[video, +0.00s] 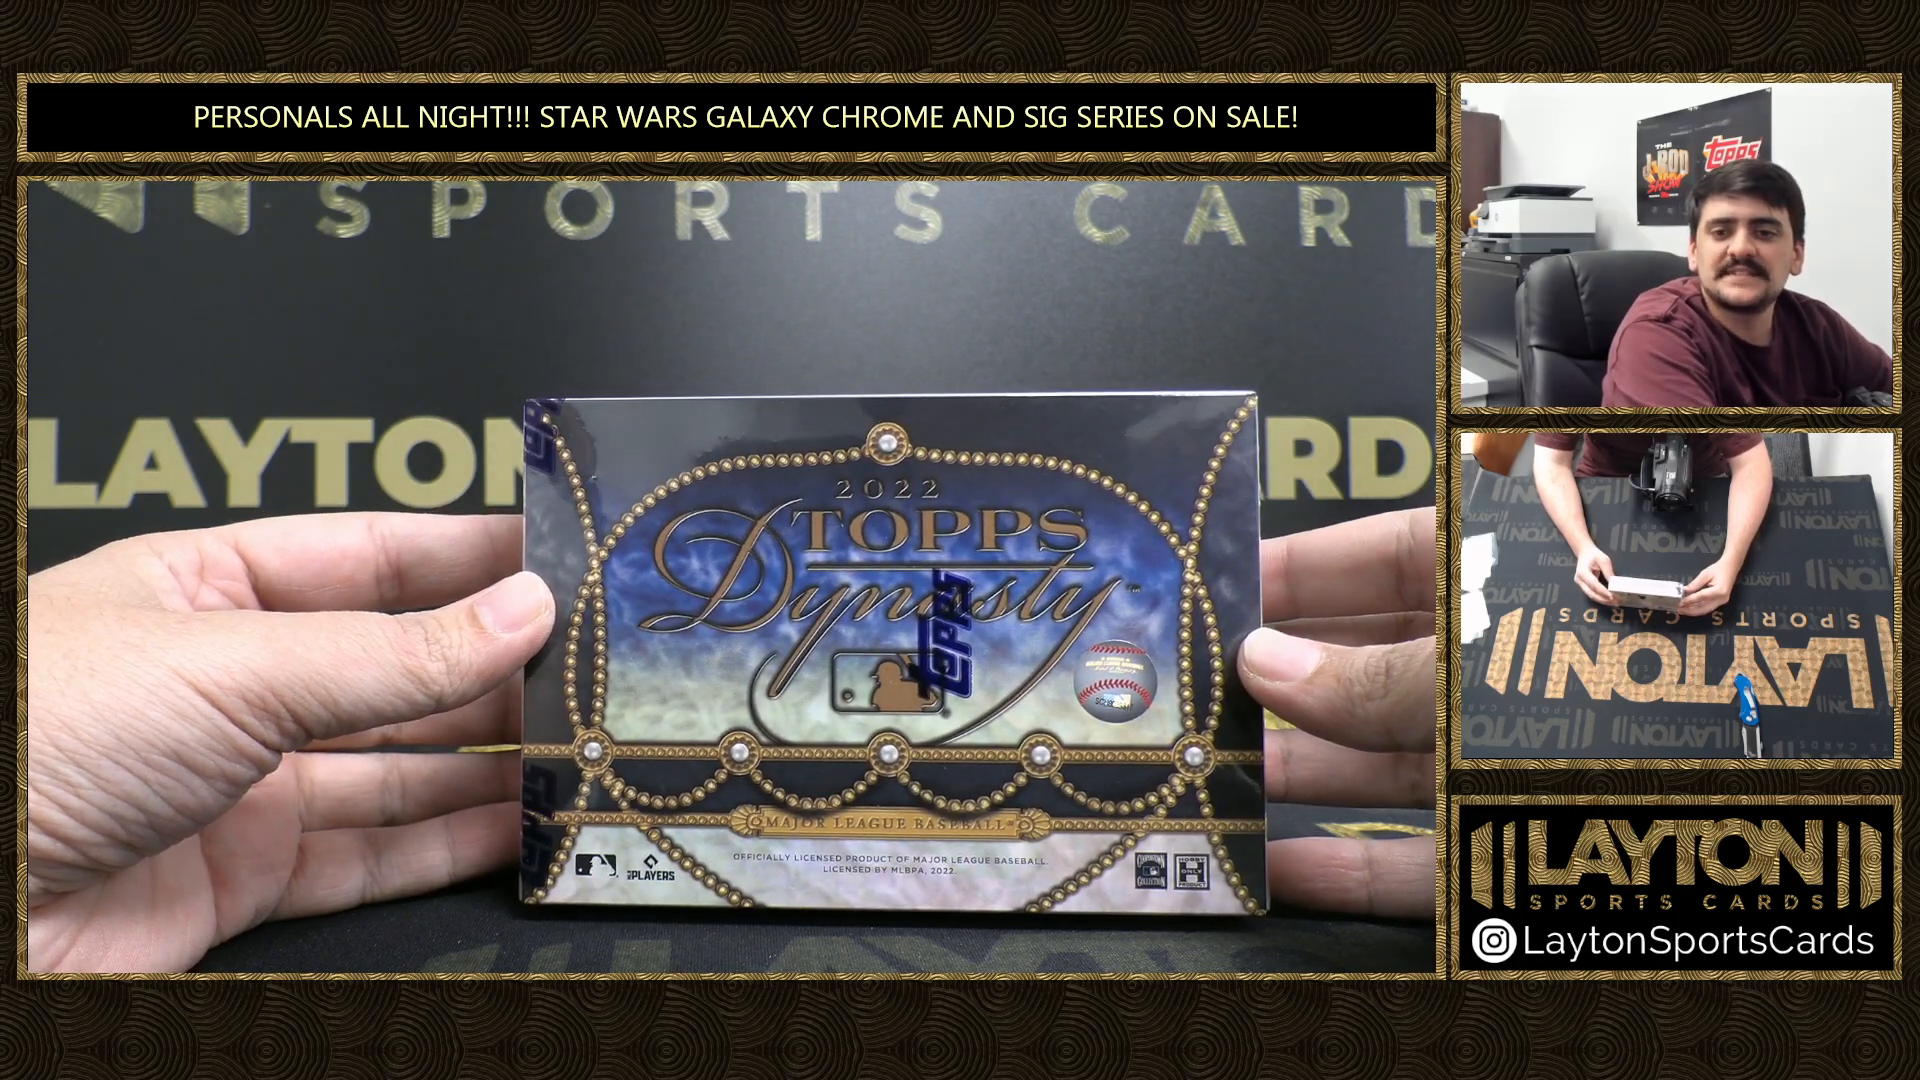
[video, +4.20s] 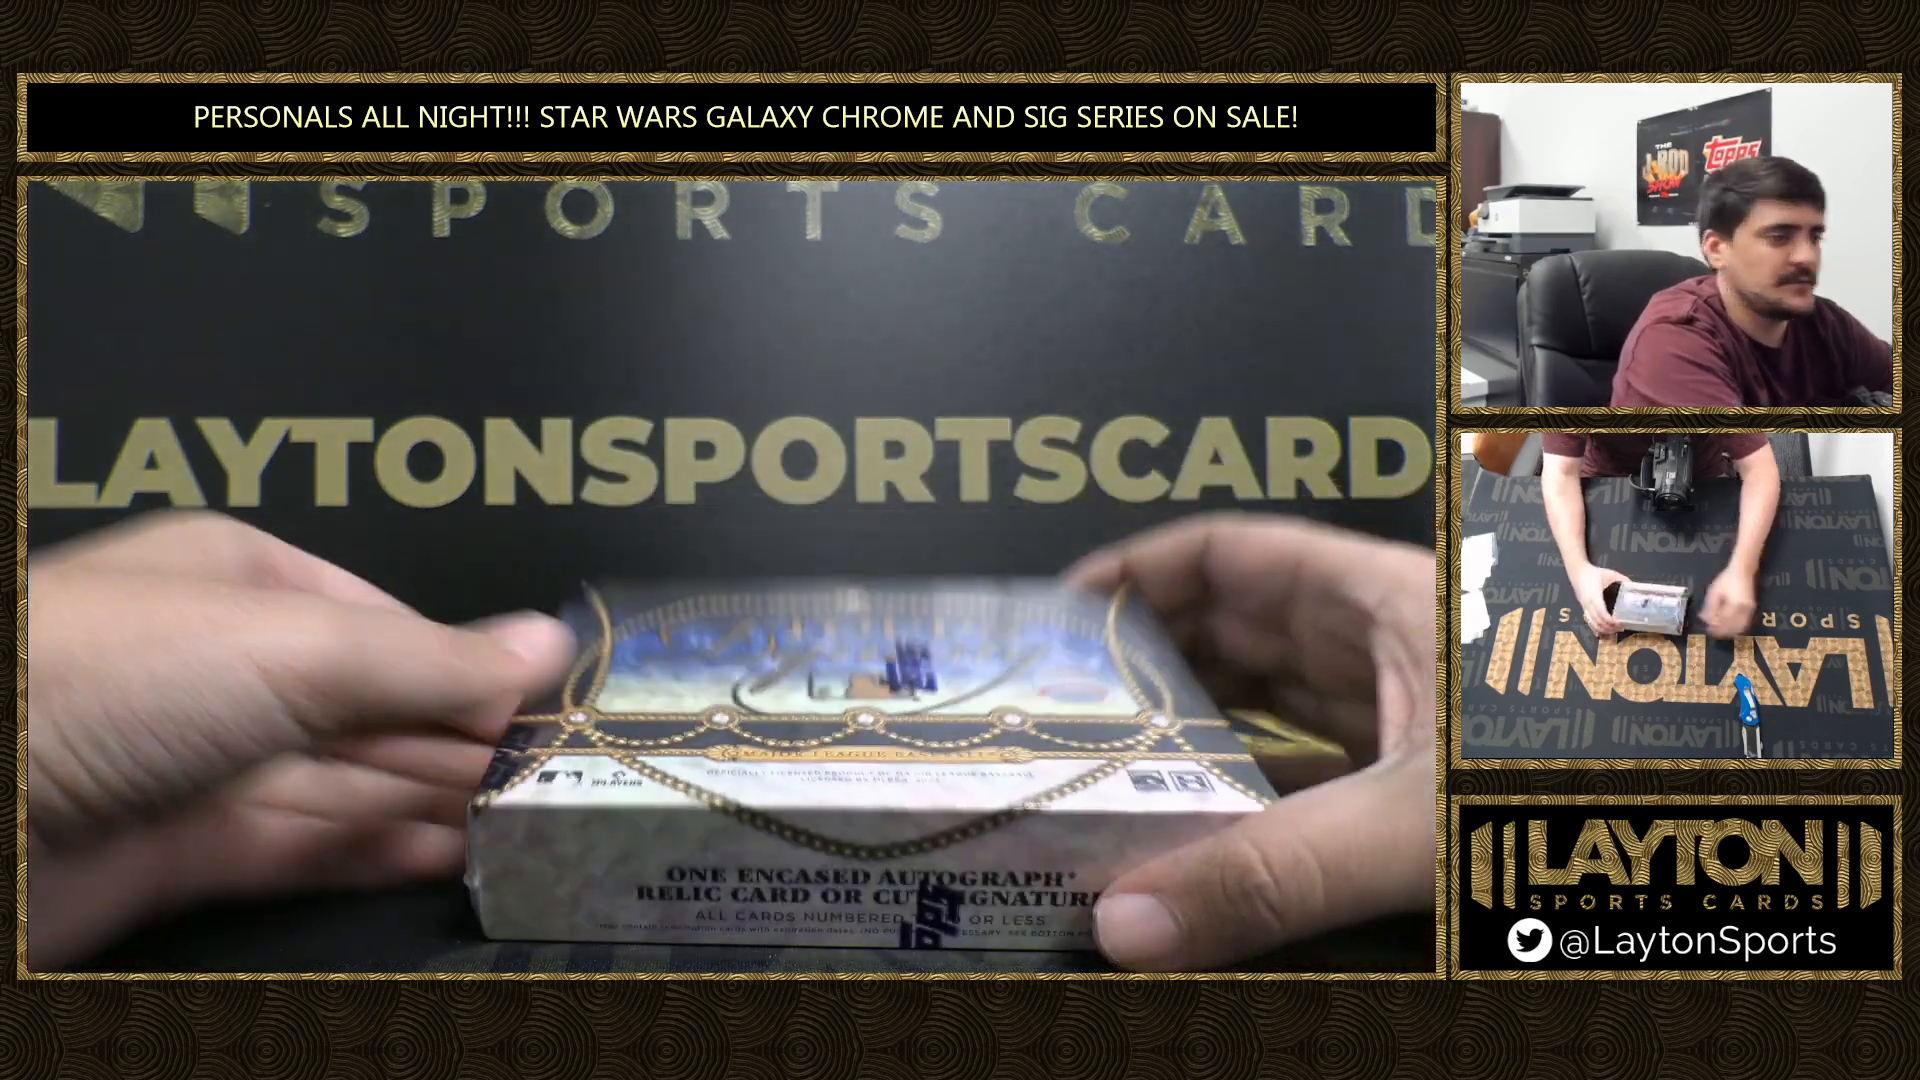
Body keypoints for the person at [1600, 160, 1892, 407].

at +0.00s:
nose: (1741, 248)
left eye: (1764, 233)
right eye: (1721, 231)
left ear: (1796, 255)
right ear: (1693, 252)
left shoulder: (1818, 328)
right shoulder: (1657, 332)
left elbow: (1896, 388)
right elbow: (1747, 462)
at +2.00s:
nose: (1749, 251)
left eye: (1771, 234)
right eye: (1728, 232)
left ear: (1799, 255)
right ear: (1695, 250)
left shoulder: (1818, 329)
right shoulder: (1656, 332)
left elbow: (1896, 388)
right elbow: (1746, 460)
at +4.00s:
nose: (1777, 253)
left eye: (1794, 235)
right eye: (1753, 234)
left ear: (1808, 248)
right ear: (1706, 248)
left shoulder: (1820, 328)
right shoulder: (1665, 334)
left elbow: (1897, 388)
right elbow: (1748, 459)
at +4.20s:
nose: (1806, 257)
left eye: (1815, 237)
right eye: (1779, 237)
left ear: (1822, 239)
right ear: (1716, 250)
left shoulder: (1829, 328)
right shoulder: (1673, 339)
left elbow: (1901, 383)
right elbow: (1759, 467)